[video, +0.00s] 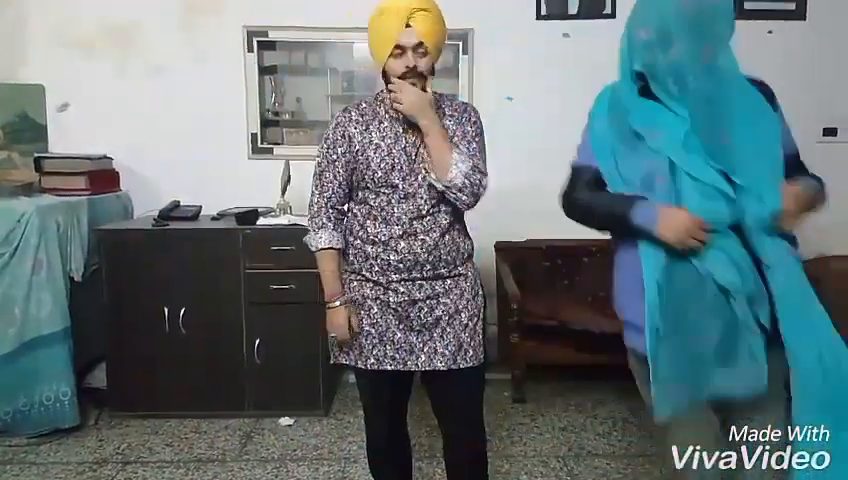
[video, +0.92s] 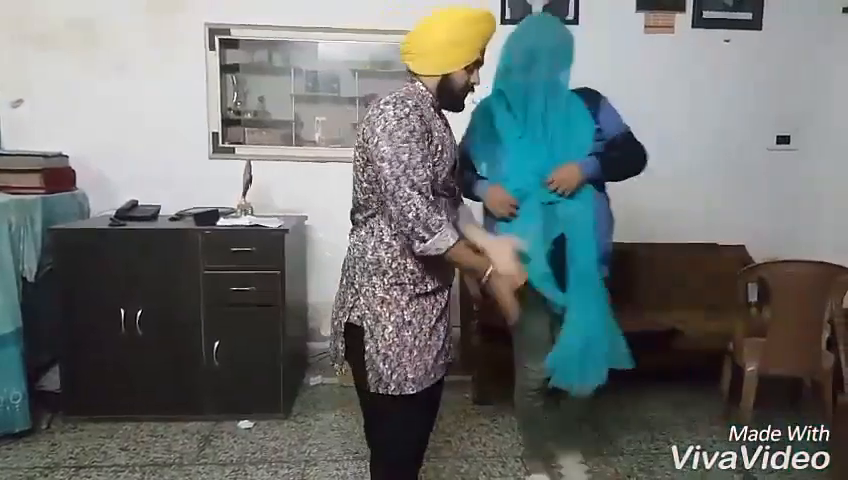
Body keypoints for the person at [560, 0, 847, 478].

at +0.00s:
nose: (683, 54)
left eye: (696, 36)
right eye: (669, 37)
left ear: (717, 34)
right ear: (646, 36)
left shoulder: (753, 99)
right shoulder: (619, 107)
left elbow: (799, 177)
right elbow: (578, 196)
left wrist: (803, 193)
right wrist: (651, 216)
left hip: (758, 322)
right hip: (664, 329)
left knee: (770, 459)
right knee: (698, 461)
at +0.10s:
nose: (655, 59)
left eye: (669, 47)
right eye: (645, 46)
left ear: (698, 38)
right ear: (629, 40)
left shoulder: (738, 89)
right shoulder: (605, 103)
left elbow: (797, 159)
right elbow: (552, 177)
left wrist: (757, 183)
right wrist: (606, 200)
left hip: (734, 316)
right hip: (641, 321)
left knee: (743, 460)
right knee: (653, 460)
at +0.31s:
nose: (630, 71)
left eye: (644, 58)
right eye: (622, 58)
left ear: (668, 53)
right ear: (607, 50)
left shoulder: (704, 105)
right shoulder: (583, 113)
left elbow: (758, 168)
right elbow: (541, 182)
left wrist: (710, 183)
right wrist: (573, 201)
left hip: (695, 303)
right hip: (616, 305)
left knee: (693, 448)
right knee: (645, 446)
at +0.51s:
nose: (619, 119)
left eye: (629, 106)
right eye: (608, 105)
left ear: (644, 104)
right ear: (589, 100)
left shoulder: (667, 163)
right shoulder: (563, 152)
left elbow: (706, 224)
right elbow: (535, 221)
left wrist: (716, 221)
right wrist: (589, 217)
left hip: (660, 323)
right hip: (590, 317)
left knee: (666, 444)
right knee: (621, 411)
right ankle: (606, 465)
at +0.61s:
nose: (607, 92)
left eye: (616, 81)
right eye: (598, 81)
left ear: (628, 78)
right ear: (577, 76)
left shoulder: (645, 134)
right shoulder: (547, 130)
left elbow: (685, 199)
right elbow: (517, 197)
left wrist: (672, 206)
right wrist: (569, 212)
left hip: (645, 306)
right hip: (579, 306)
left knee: (646, 436)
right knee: (588, 430)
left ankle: (638, 474)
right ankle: (567, 463)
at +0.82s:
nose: (564, 76)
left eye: (574, 65)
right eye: (554, 65)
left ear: (585, 62)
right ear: (535, 62)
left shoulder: (607, 106)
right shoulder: (509, 112)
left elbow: (654, 157)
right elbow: (475, 173)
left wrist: (609, 172)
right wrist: (508, 196)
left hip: (607, 262)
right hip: (540, 262)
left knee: (607, 378)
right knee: (543, 374)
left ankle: (604, 473)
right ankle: (538, 463)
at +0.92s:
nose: (533, 78)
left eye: (544, 68)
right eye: (525, 67)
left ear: (561, 65)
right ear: (511, 65)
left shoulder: (586, 106)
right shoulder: (492, 112)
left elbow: (632, 154)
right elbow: (460, 168)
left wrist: (584, 169)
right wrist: (485, 190)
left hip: (583, 253)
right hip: (521, 256)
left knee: (580, 355)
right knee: (533, 363)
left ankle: (570, 445)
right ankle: (536, 459)